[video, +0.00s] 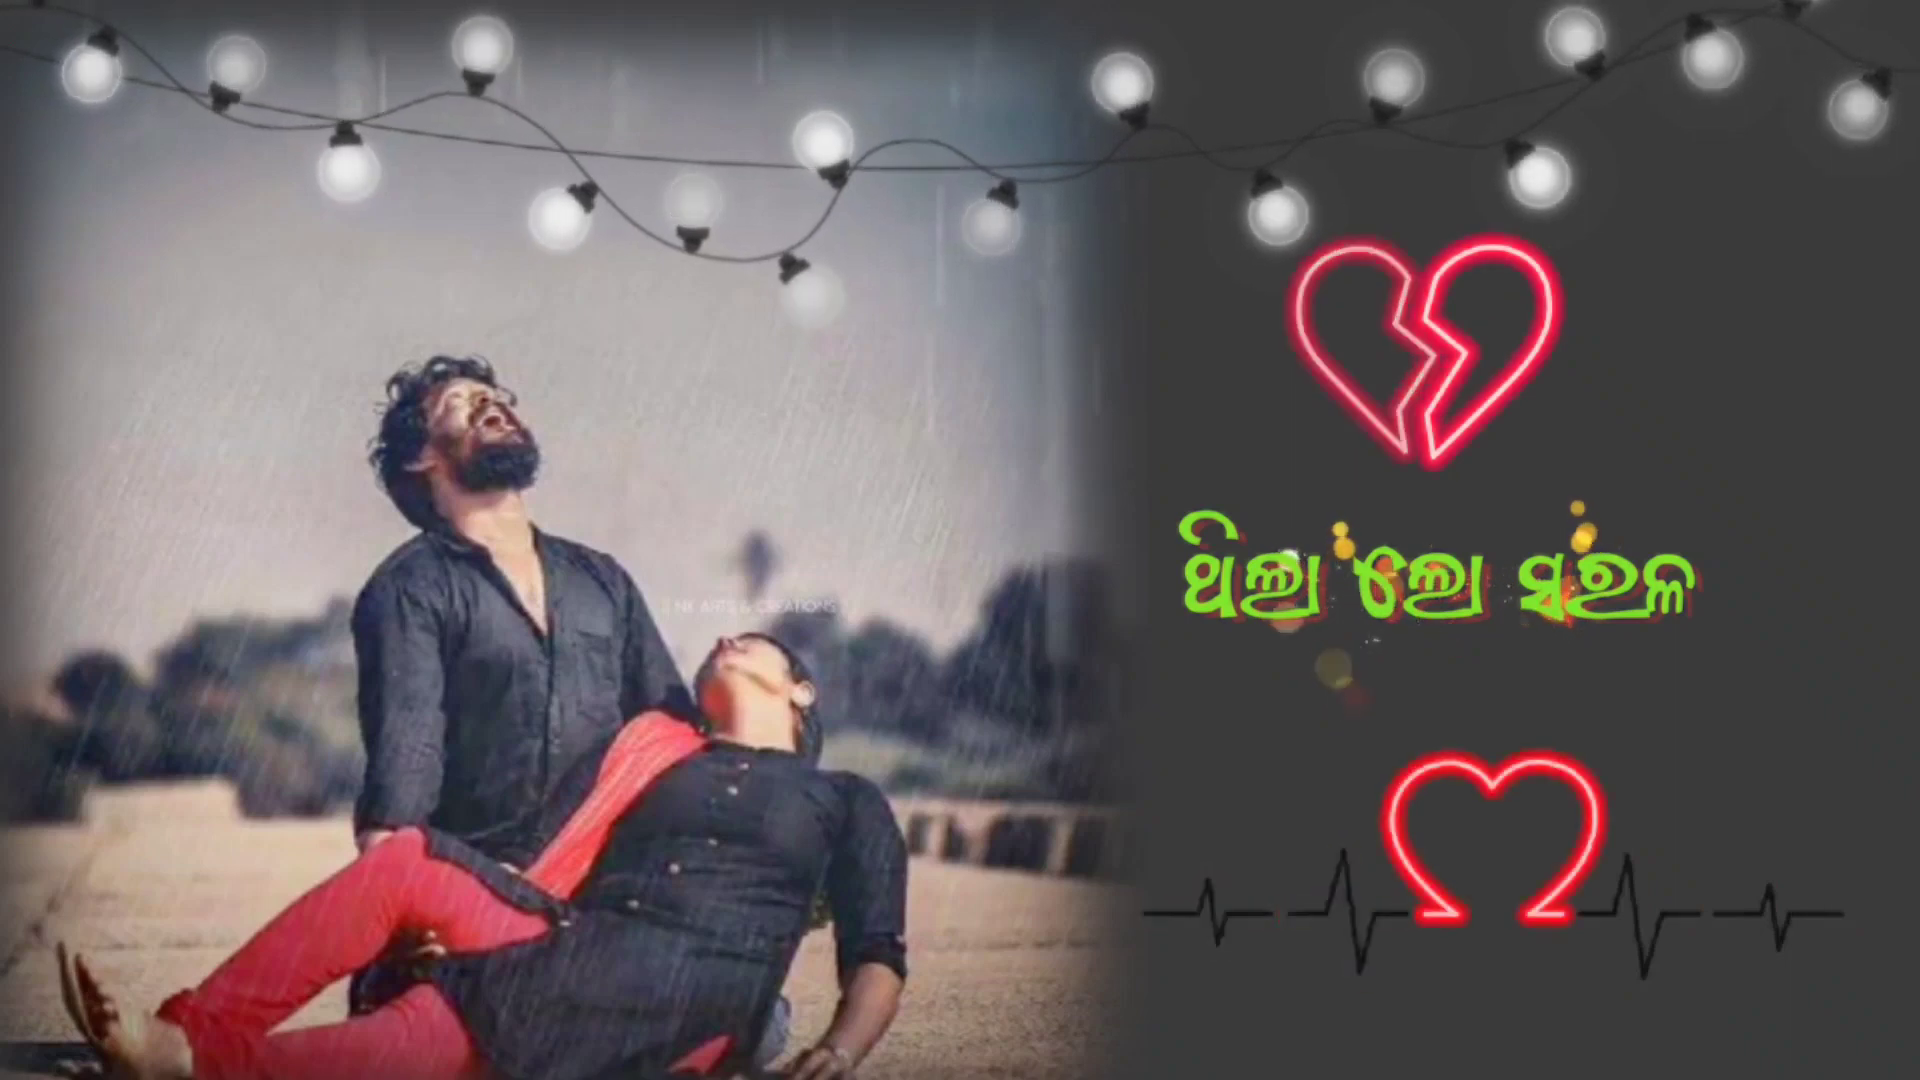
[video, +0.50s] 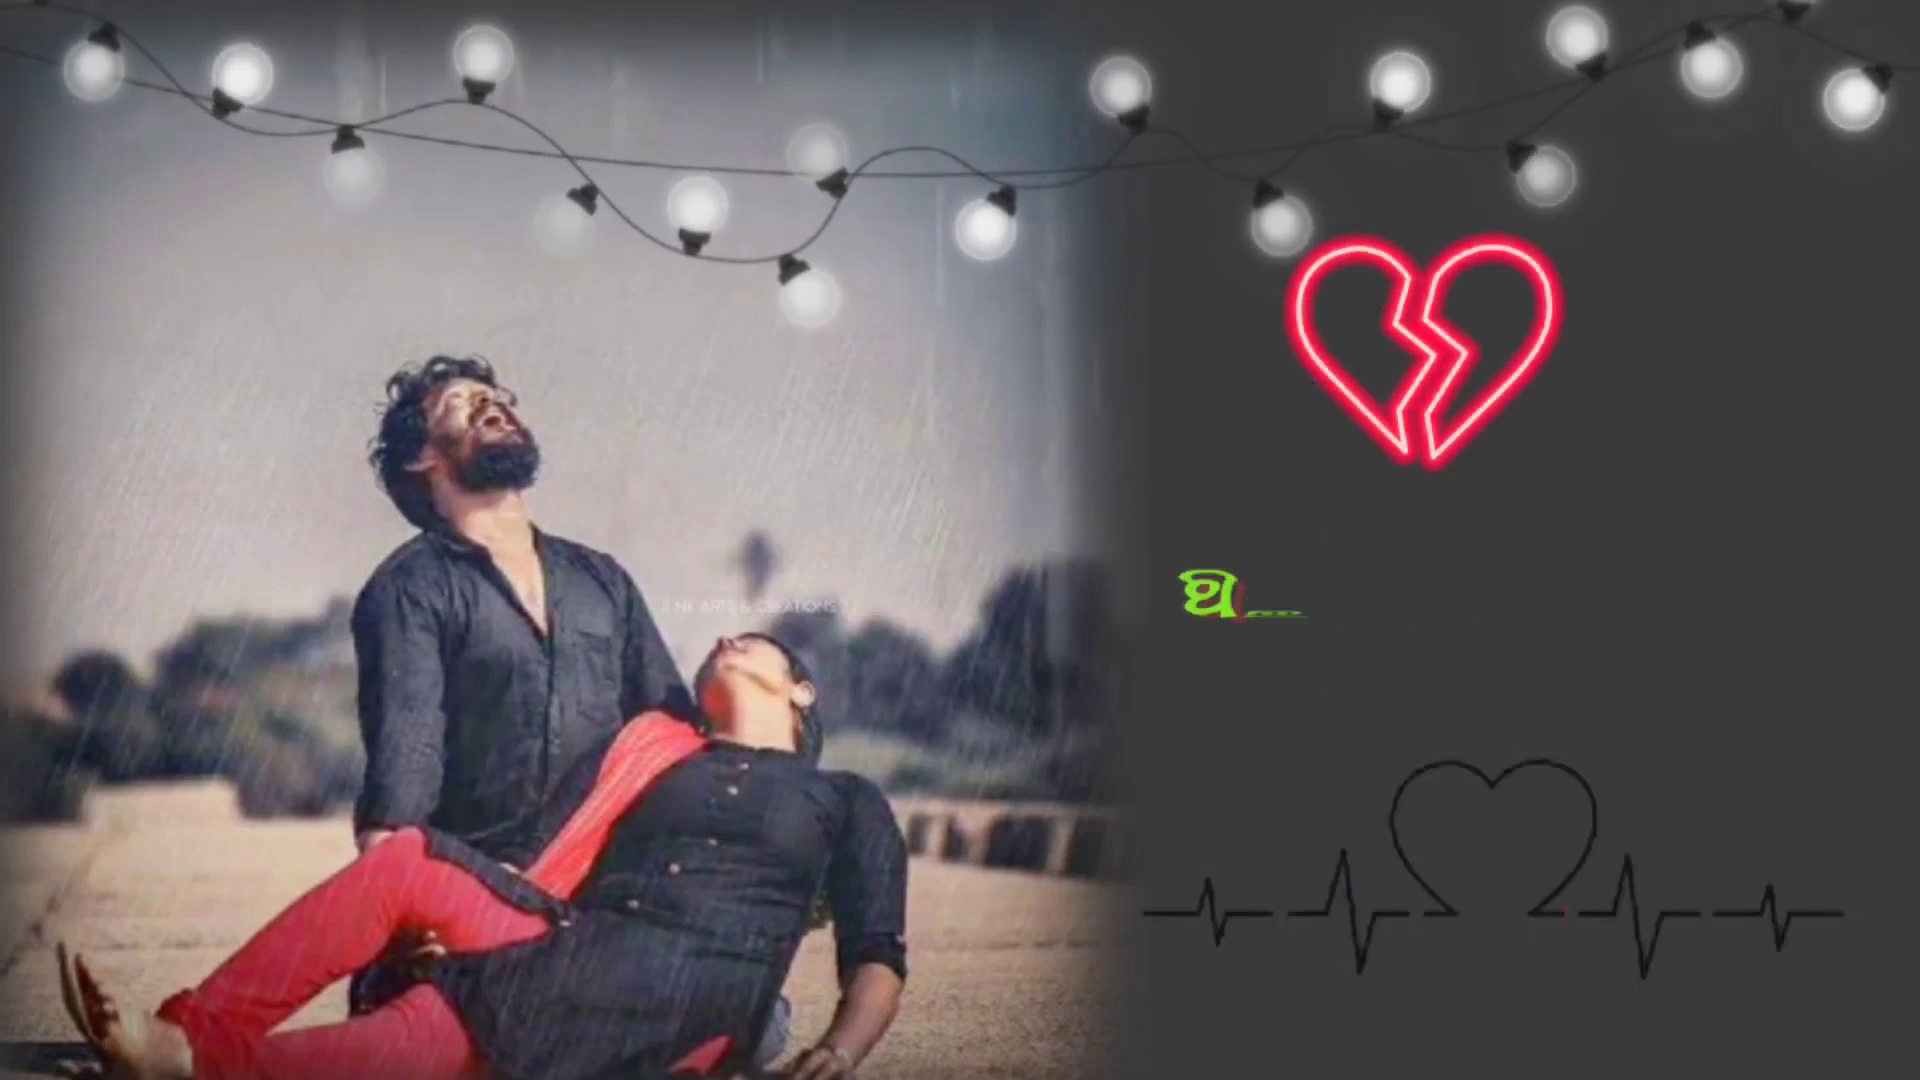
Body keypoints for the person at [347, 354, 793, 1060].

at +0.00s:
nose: (496, 408)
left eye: (502, 401)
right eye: (463, 406)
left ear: (525, 438)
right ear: (421, 462)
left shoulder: (602, 578)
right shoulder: (410, 587)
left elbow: (678, 728)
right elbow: (404, 753)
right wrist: (387, 904)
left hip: (617, 883)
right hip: (462, 890)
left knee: (760, 1022)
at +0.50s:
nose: (496, 408)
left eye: (502, 401)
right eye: (463, 406)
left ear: (525, 438)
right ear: (421, 462)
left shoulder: (602, 578)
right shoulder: (410, 587)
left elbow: (678, 729)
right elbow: (404, 754)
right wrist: (387, 904)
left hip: (617, 884)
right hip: (462, 891)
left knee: (760, 1022)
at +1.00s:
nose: (497, 408)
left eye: (502, 401)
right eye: (463, 406)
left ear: (525, 438)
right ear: (422, 462)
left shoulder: (602, 578)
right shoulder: (410, 588)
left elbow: (678, 728)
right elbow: (404, 753)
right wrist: (388, 901)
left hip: (617, 883)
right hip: (462, 890)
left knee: (761, 1021)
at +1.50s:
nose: (496, 408)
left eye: (501, 400)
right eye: (462, 406)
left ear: (525, 435)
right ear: (422, 463)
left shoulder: (602, 578)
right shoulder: (410, 587)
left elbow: (678, 728)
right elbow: (404, 754)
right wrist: (387, 902)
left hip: (616, 884)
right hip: (461, 891)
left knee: (760, 1021)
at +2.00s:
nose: (497, 408)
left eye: (502, 401)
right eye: (463, 406)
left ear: (525, 438)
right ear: (422, 462)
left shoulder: (602, 579)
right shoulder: (410, 588)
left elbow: (678, 728)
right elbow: (404, 752)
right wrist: (388, 902)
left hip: (617, 882)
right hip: (462, 890)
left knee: (761, 1022)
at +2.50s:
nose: (496, 408)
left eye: (502, 401)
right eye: (463, 406)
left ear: (525, 438)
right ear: (421, 462)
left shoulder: (602, 578)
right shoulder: (410, 587)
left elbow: (678, 728)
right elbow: (404, 753)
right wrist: (387, 904)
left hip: (617, 883)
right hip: (462, 890)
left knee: (760, 1022)